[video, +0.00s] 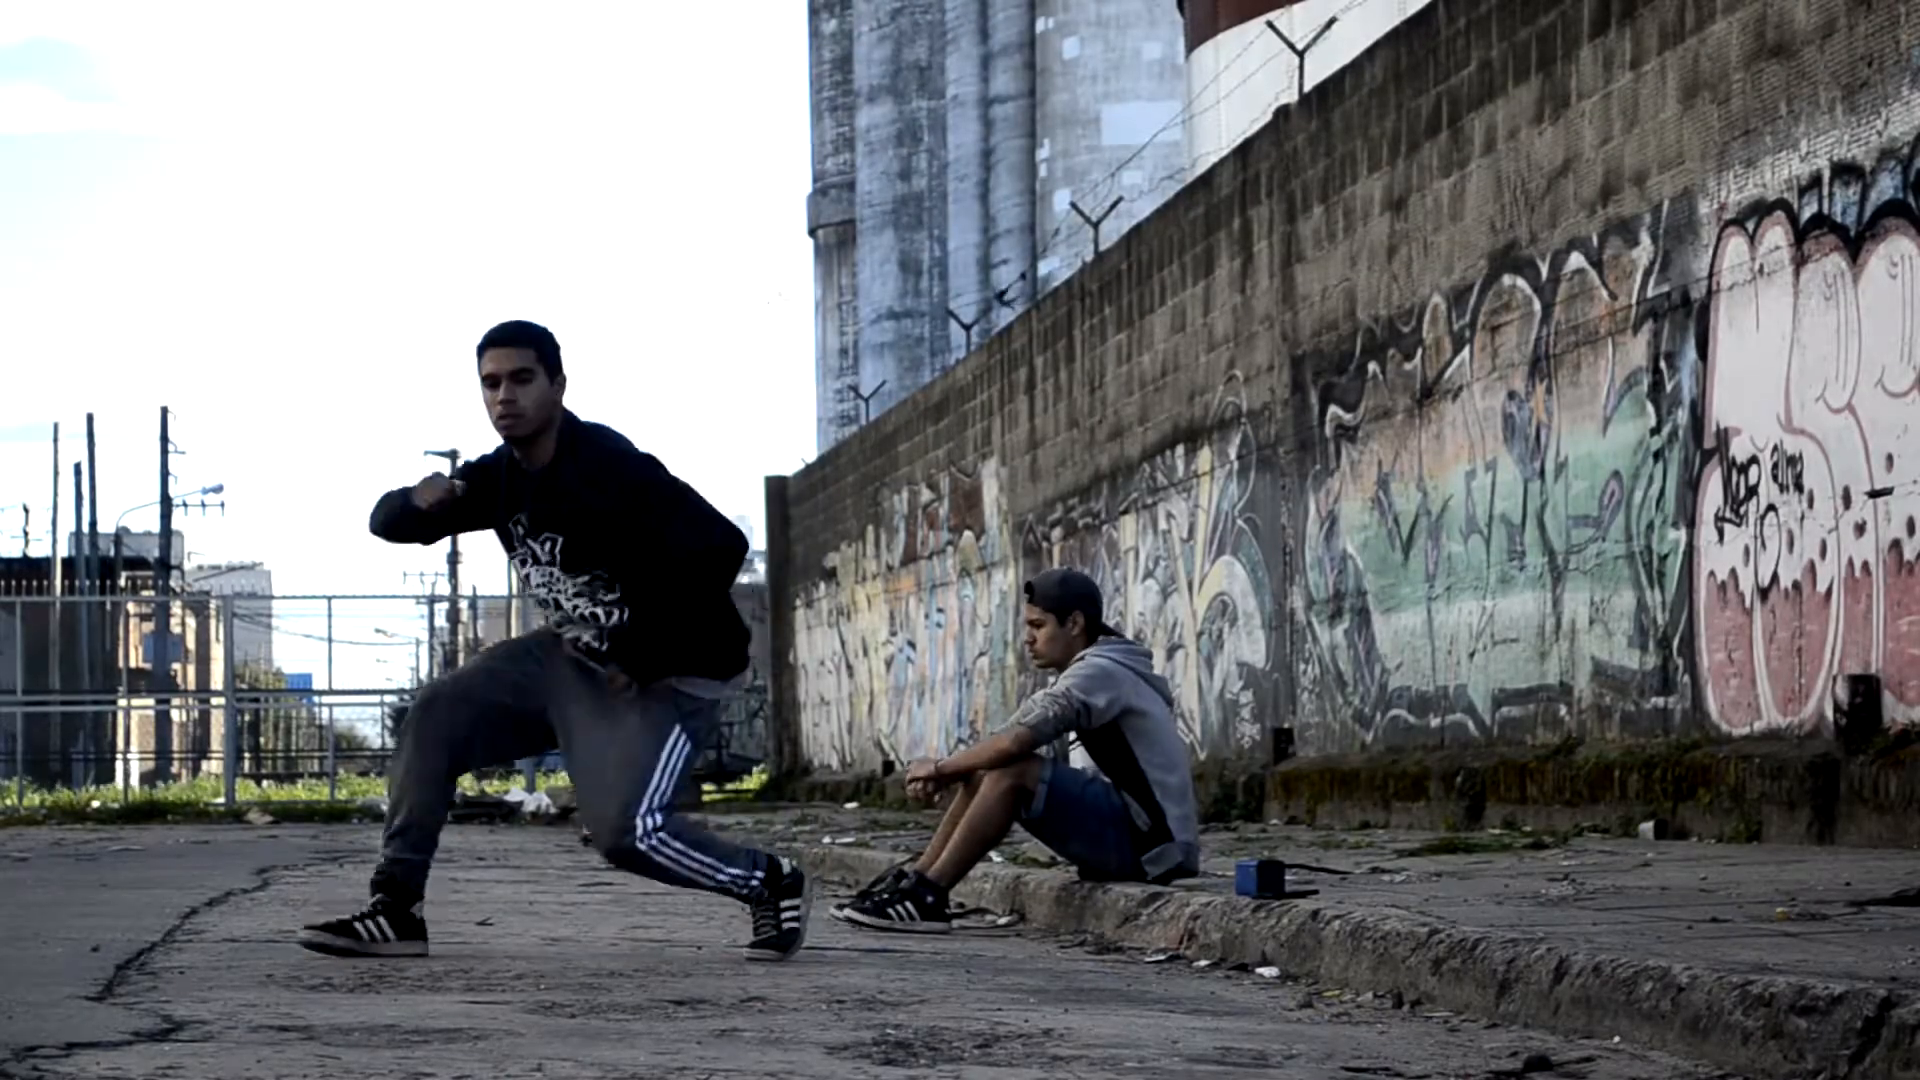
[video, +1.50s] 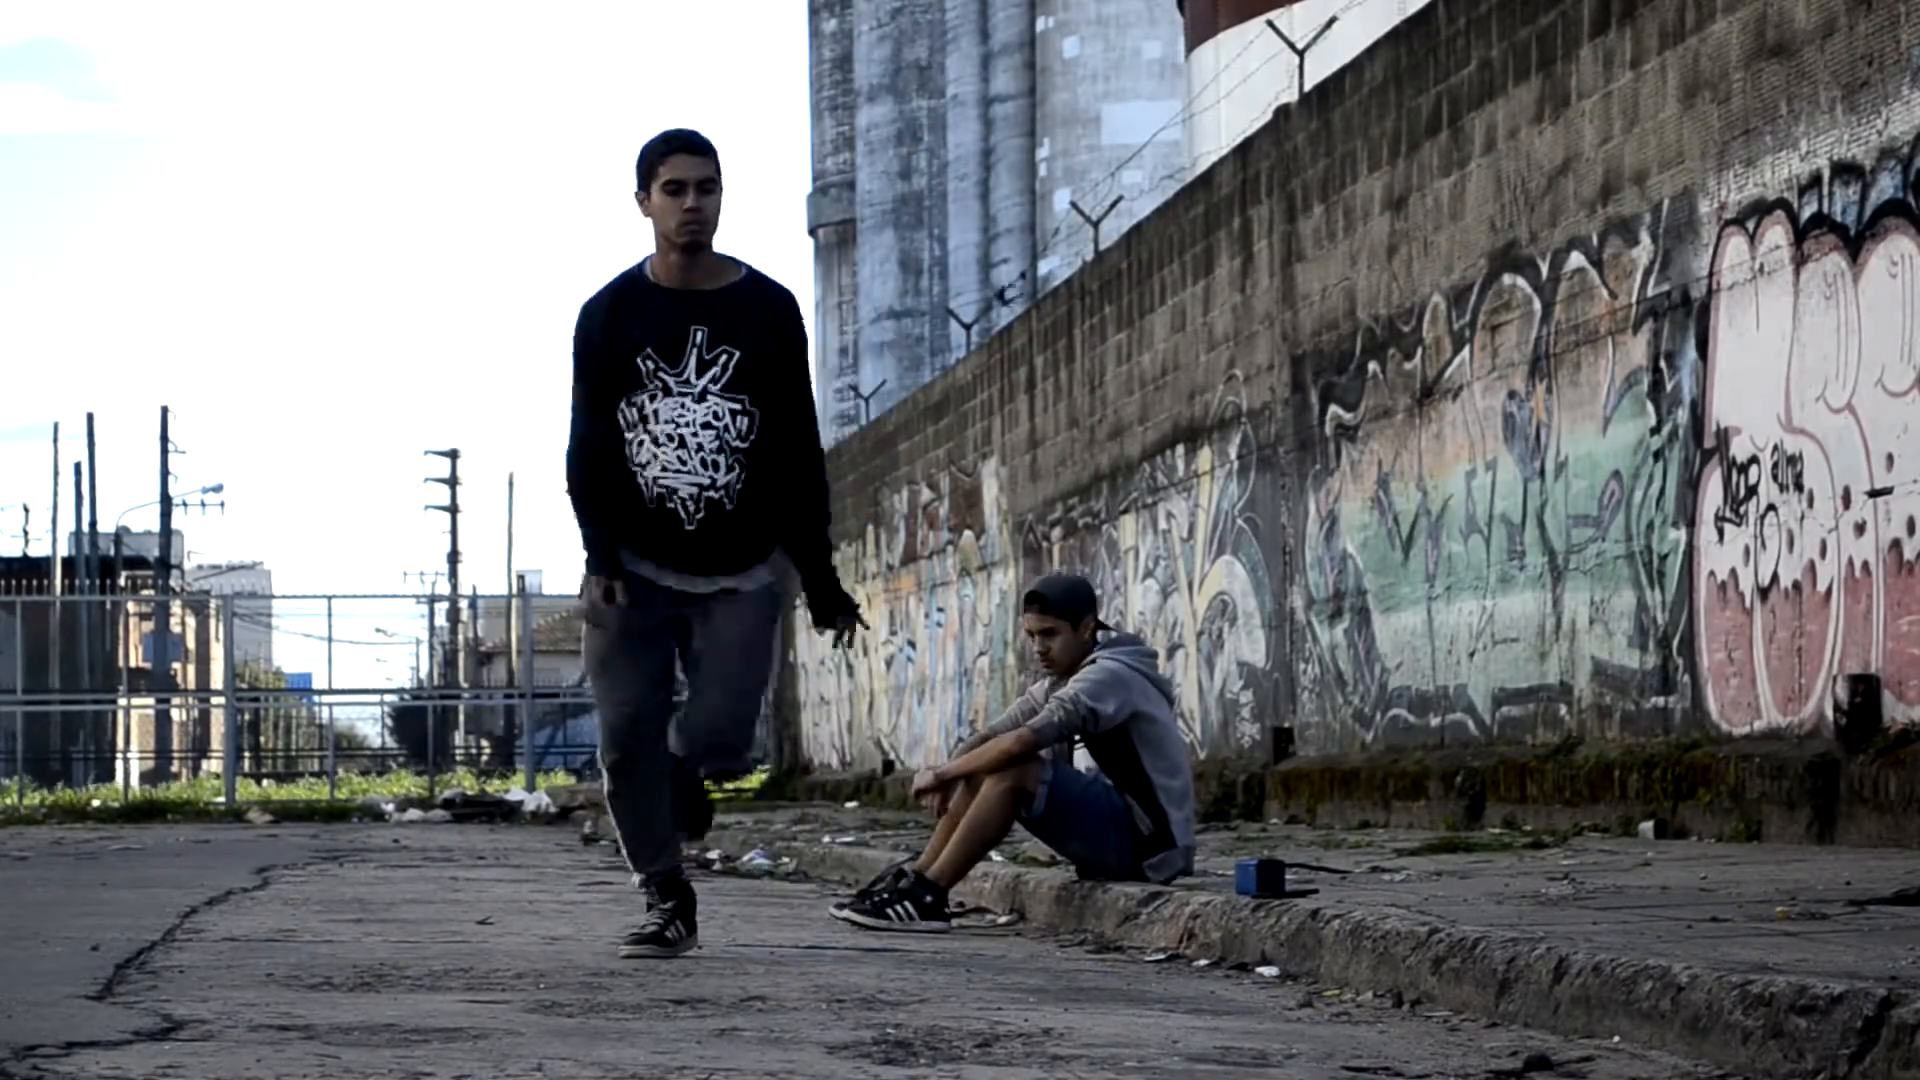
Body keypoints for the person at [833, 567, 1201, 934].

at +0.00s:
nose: (1028, 638)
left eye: (1037, 626)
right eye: (1027, 626)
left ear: (1075, 624)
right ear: (1076, 626)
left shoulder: (1100, 669)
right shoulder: (1088, 669)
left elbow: (1016, 742)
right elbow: (1017, 740)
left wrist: (940, 766)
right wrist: (945, 769)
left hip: (1151, 843)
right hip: (1128, 833)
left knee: (1011, 773)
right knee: (984, 769)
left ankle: (931, 894)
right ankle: (912, 884)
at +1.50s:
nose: (1039, 648)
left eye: (1049, 635)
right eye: (1031, 636)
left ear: (1088, 628)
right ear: (1027, 634)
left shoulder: (1110, 673)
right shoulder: (1068, 676)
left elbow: (1024, 743)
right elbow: (1002, 731)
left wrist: (943, 773)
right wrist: (945, 773)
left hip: (1148, 846)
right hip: (1118, 836)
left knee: (1015, 771)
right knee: (986, 763)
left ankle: (932, 894)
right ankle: (914, 883)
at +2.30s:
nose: (1023, 638)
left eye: (1033, 624)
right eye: (1022, 628)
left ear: (1074, 622)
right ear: (1070, 625)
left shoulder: (1100, 669)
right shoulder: (1081, 671)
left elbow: (1016, 743)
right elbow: (1013, 742)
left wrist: (938, 773)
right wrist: (945, 776)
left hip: (1149, 845)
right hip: (1123, 836)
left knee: (1012, 771)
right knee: (988, 768)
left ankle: (934, 895)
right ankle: (916, 882)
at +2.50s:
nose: (1028, 637)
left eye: (1037, 623)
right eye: (1024, 627)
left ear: (1076, 617)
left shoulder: (1105, 665)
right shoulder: (1081, 670)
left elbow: (1022, 738)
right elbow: (1015, 730)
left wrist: (945, 770)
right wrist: (949, 769)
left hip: (1151, 844)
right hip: (1123, 834)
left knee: (1015, 770)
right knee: (986, 764)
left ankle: (933, 895)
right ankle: (914, 884)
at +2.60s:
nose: (1027, 639)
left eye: (1035, 625)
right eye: (1022, 629)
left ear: (1074, 618)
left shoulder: (1107, 665)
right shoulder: (1072, 673)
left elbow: (1023, 738)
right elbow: (1007, 727)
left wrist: (947, 770)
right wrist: (950, 769)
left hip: (1151, 844)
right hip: (1122, 834)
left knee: (1015, 770)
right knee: (986, 766)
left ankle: (932, 895)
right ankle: (913, 882)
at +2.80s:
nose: (1025, 650)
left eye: (1033, 636)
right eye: (1020, 639)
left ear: (1071, 626)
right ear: (1064, 630)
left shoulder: (1106, 675)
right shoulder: (1069, 678)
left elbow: (1019, 751)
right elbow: (995, 735)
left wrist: (942, 773)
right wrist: (943, 773)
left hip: (1150, 848)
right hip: (1120, 837)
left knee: (1017, 770)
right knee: (988, 762)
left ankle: (932, 895)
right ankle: (914, 881)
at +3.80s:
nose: (1019, 646)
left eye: (1029, 631)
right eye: (1016, 635)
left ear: (1068, 624)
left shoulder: (1095, 667)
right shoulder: (1082, 669)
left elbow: (1014, 744)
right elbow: (1019, 747)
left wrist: (937, 775)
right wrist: (950, 778)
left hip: (1151, 850)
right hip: (1128, 840)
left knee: (1013, 770)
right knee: (984, 770)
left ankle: (931, 894)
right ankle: (914, 884)